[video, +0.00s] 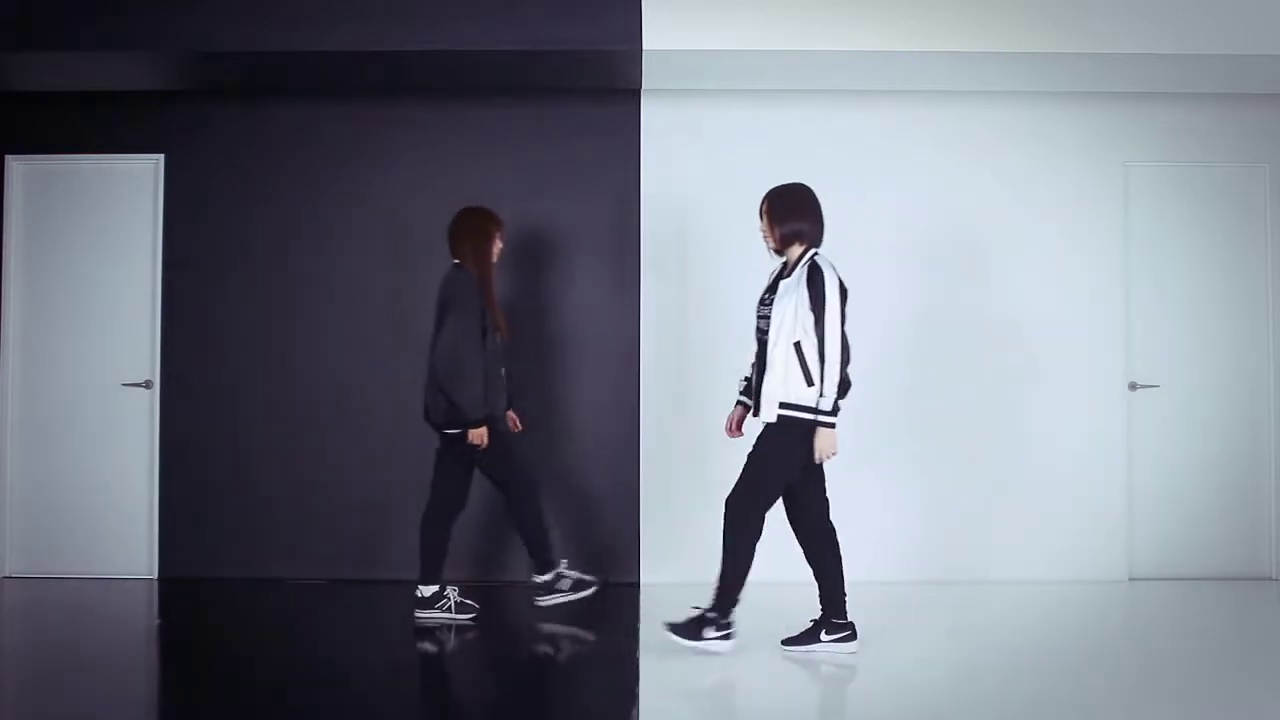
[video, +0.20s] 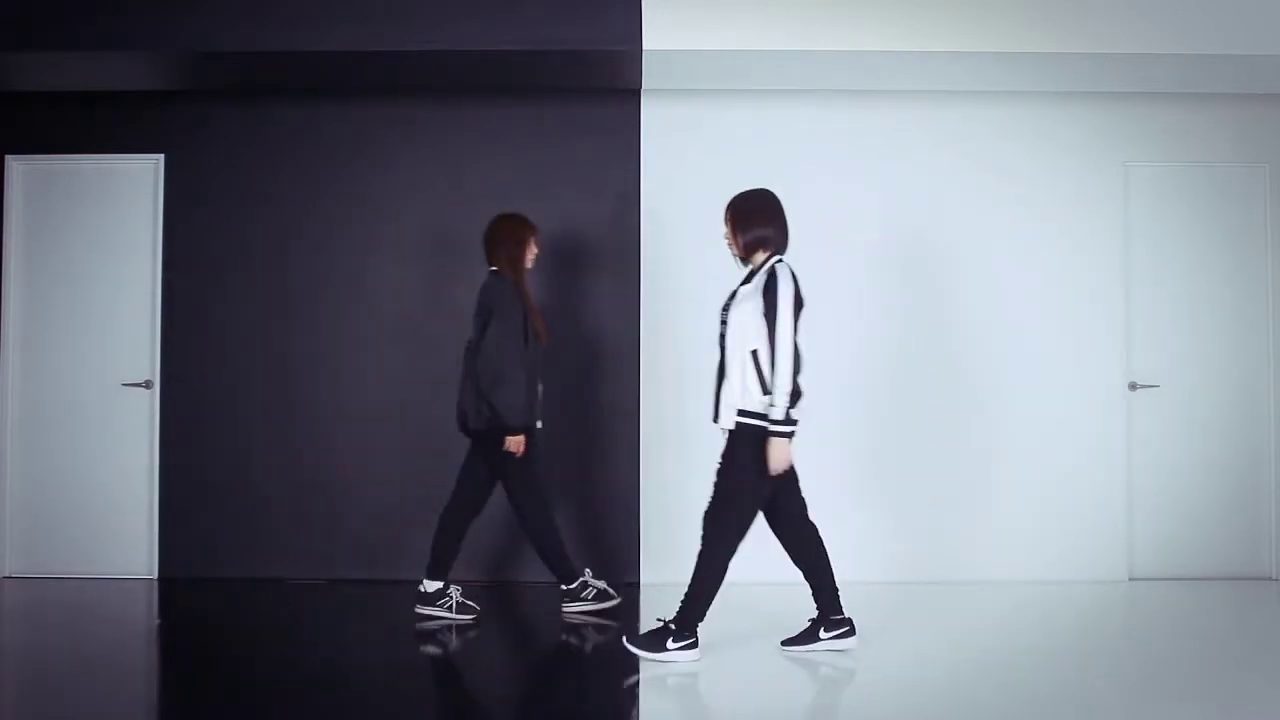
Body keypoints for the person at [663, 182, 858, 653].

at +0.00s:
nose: (762, 231)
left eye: (767, 221)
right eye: (762, 221)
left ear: (788, 221)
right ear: (796, 221)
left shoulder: (821, 273)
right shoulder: (781, 277)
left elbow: (834, 352)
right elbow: (767, 348)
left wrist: (826, 421)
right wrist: (745, 400)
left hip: (797, 421)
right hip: (783, 418)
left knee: (743, 506)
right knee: (811, 522)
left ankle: (719, 615)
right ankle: (836, 620)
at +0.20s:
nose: (726, 238)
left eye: (731, 228)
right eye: (726, 229)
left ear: (753, 228)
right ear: (763, 227)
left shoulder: (777, 275)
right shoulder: (754, 278)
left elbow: (786, 354)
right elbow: (755, 356)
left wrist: (781, 431)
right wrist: (735, 425)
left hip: (756, 427)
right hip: (752, 426)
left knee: (721, 529)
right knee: (793, 525)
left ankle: (682, 629)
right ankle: (833, 618)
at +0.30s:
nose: (708, 235)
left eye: (712, 225)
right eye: (707, 226)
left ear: (733, 224)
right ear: (744, 224)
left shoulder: (758, 272)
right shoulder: (737, 272)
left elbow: (755, 350)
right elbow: (738, 350)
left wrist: (745, 425)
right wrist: (724, 422)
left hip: (732, 423)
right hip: (733, 421)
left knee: (706, 526)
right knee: (774, 521)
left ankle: (680, 630)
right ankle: (825, 610)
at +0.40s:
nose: (687, 234)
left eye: (691, 225)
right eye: (686, 225)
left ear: (712, 222)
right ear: (724, 220)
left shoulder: (738, 268)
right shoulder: (719, 270)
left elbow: (726, 348)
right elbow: (710, 347)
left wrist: (703, 420)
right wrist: (691, 414)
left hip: (718, 418)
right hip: (712, 416)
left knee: (694, 524)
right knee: (743, 517)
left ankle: (678, 629)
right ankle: (813, 603)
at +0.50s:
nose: (670, 234)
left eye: (674, 224)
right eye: (670, 224)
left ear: (695, 222)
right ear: (707, 220)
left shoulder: (721, 269)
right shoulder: (704, 270)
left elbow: (701, 347)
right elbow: (689, 348)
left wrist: (666, 414)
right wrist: (662, 410)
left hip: (701, 415)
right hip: (692, 414)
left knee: (678, 525)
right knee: (698, 522)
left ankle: (676, 631)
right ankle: (784, 590)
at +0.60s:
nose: (656, 234)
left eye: (660, 224)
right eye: (655, 225)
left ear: (679, 221)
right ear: (691, 219)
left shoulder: (705, 267)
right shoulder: (689, 269)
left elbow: (682, 349)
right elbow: (669, 350)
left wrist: (638, 411)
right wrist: (635, 411)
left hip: (690, 412)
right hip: (674, 410)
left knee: (665, 519)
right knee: (659, 518)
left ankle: (675, 631)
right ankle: (742, 579)